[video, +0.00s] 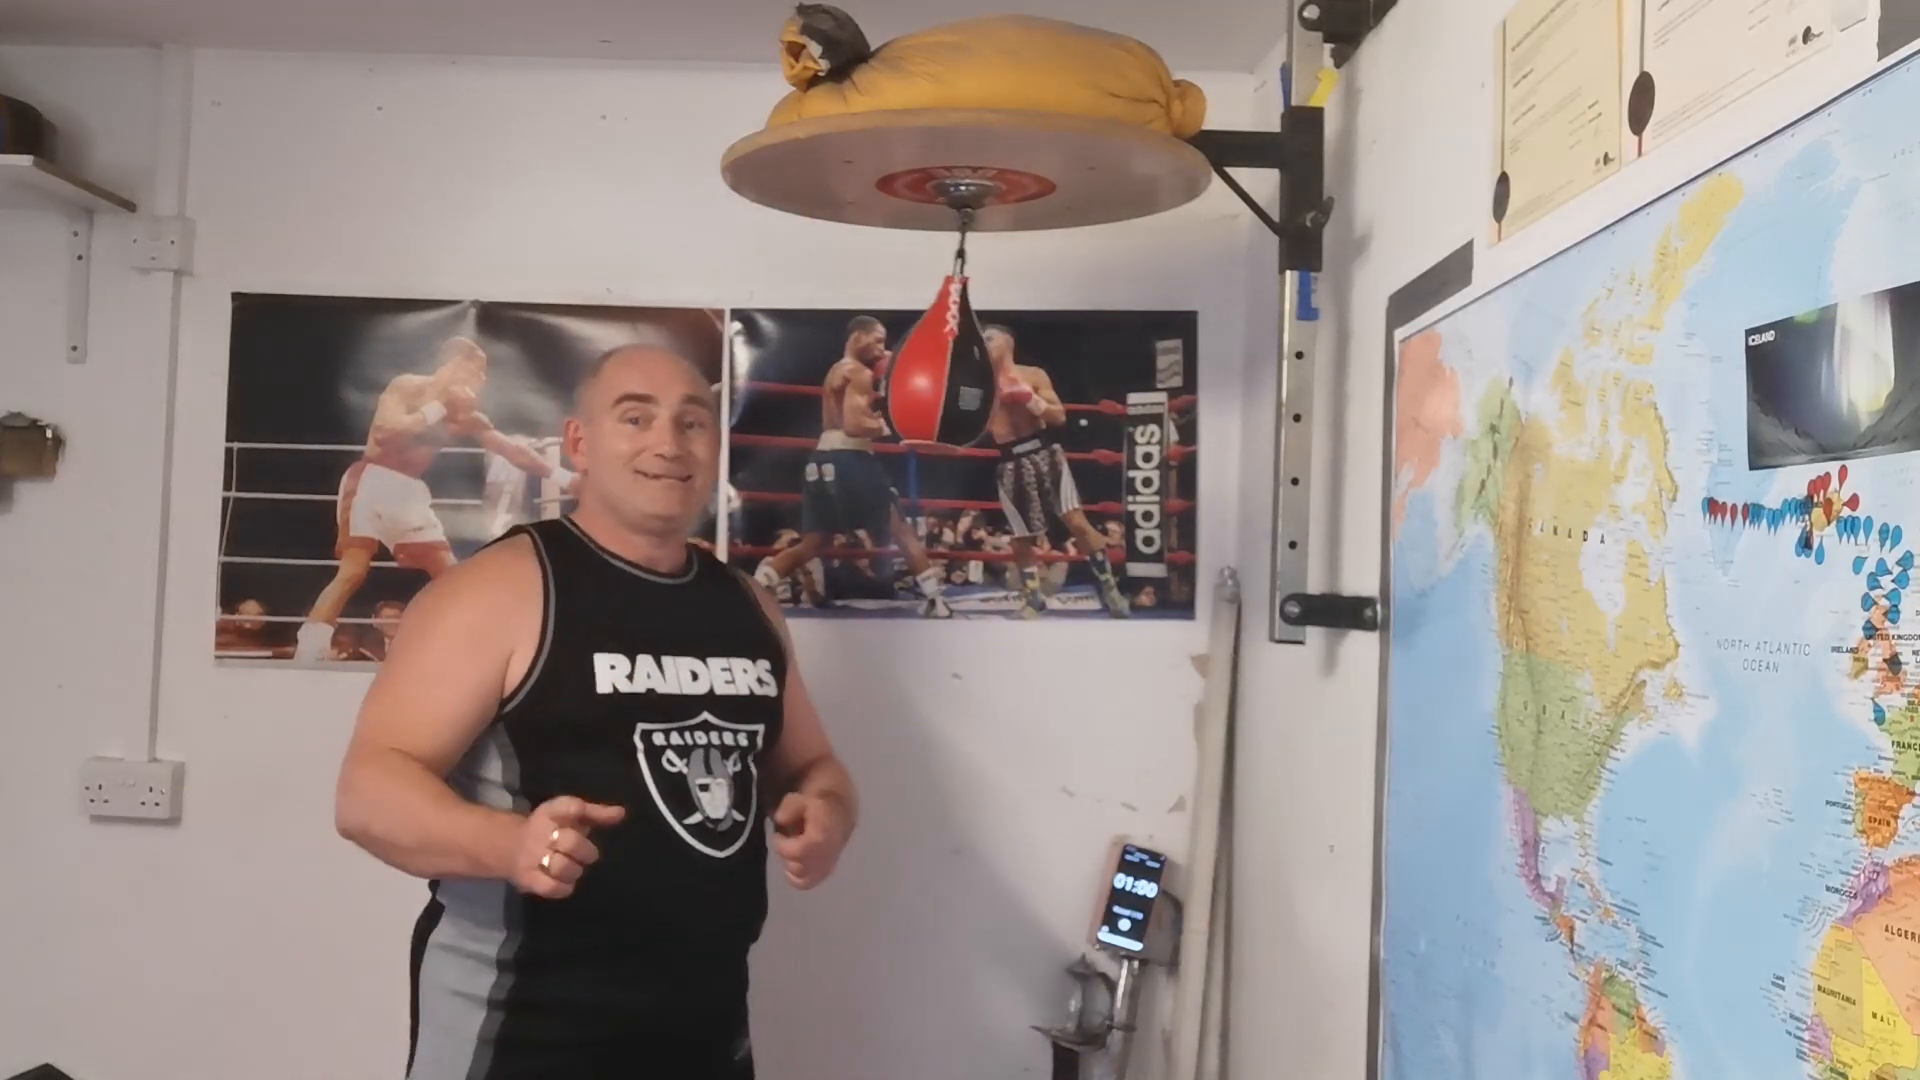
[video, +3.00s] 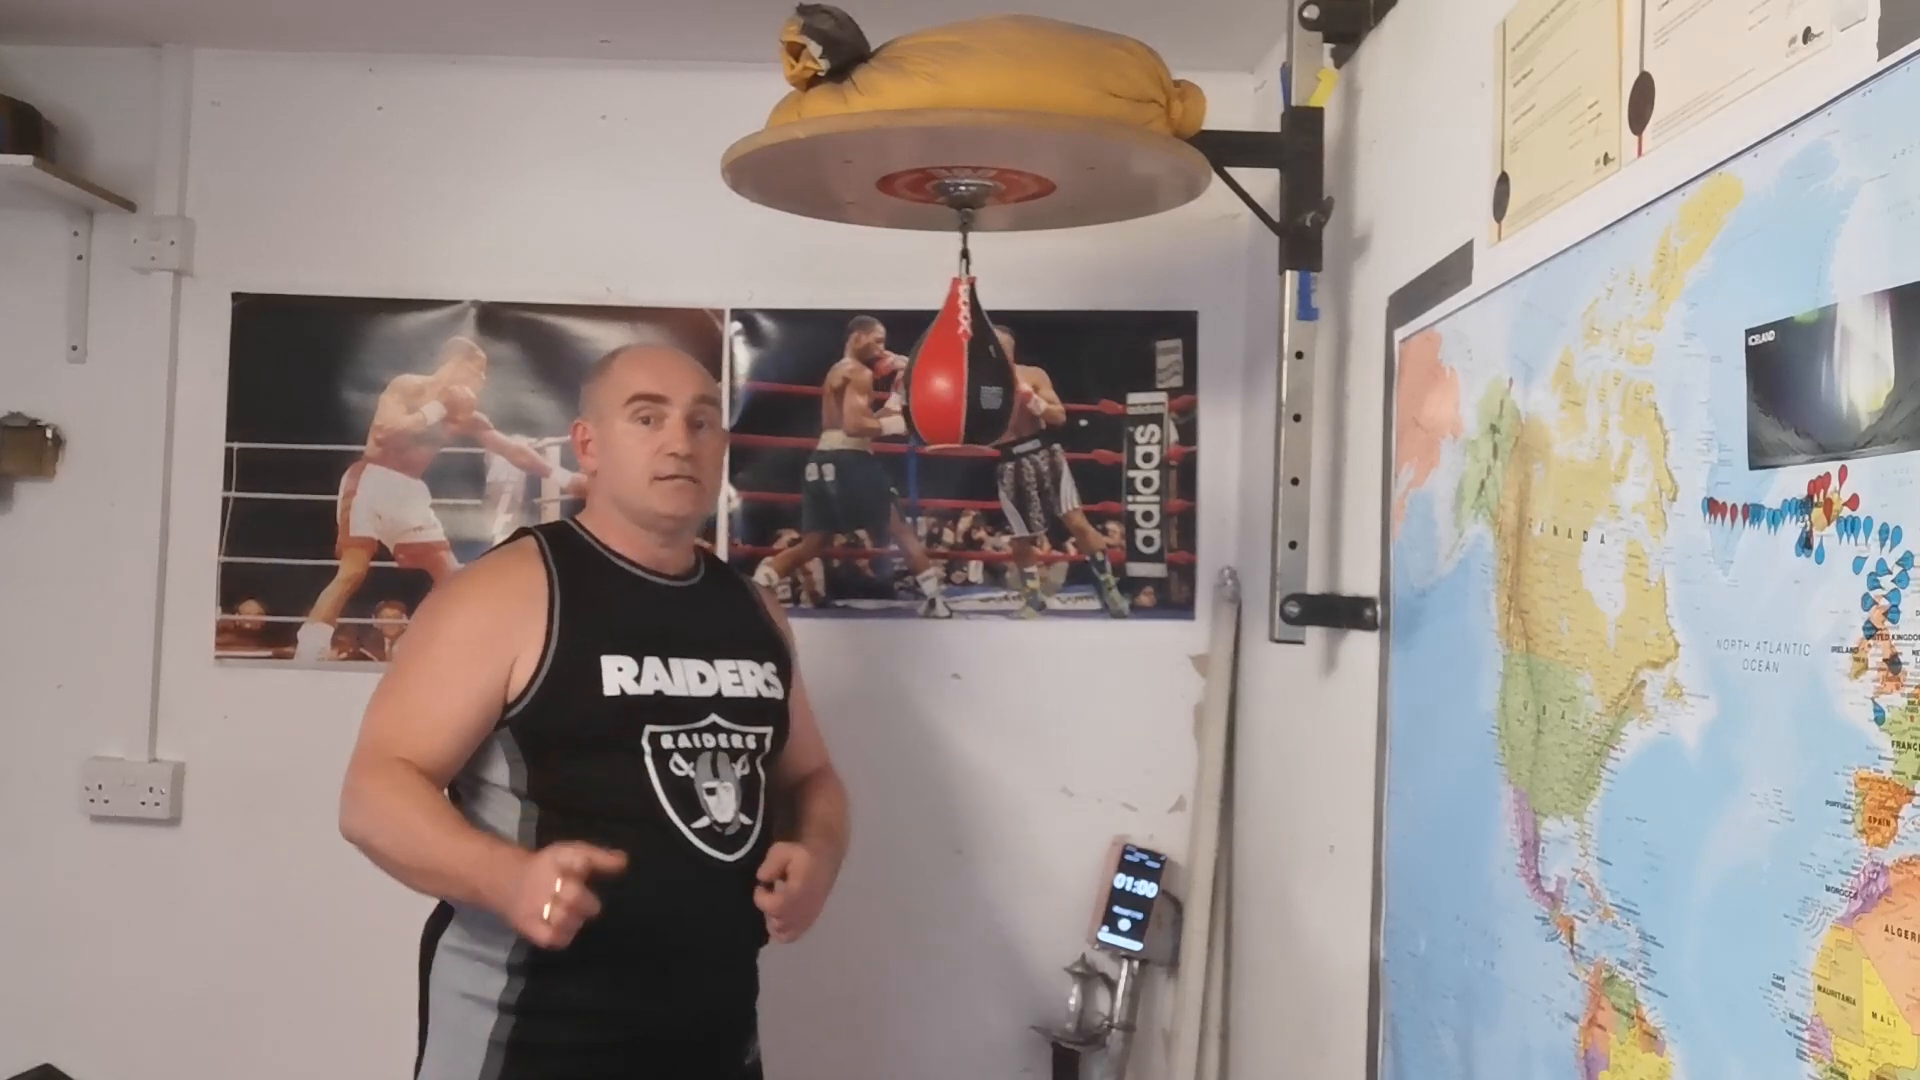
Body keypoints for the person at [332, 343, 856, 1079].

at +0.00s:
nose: (668, 443)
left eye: (691, 421)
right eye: (634, 417)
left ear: (715, 453)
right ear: (577, 444)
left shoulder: (744, 606)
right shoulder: (495, 590)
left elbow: (813, 765)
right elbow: (369, 789)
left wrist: (824, 814)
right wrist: (506, 843)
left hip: (699, 1018)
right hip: (522, 1022)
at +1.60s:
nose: (679, 446)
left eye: (702, 424)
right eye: (646, 419)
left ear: (726, 454)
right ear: (588, 445)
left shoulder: (750, 611)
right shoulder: (508, 588)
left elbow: (802, 790)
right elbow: (382, 786)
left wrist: (831, 898)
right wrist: (509, 931)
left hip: (706, 1024)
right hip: (534, 1028)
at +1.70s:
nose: (682, 447)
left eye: (706, 423)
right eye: (650, 418)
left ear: (731, 452)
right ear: (593, 443)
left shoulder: (750, 612)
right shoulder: (510, 589)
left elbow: (799, 804)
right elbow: (387, 795)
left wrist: (828, 962)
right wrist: (478, 1003)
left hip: (709, 1030)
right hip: (542, 1035)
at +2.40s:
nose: (690, 444)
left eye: (709, 421)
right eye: (655, 418)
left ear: (731, 450)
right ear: (594, 447)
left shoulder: (744, 610)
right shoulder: (518, 592)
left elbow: (795, 803)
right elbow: (396, 800)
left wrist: (841, 965)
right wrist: (516, 991)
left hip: (724, 1035)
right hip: (565, 1040)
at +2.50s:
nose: (685, 443)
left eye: (705, 421)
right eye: (650, 418)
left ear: (725, 450)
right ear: (590, 448)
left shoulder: (742, 609)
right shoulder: (513, 592)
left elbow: (793, 784)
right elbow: (389, 794)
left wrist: (840, 887)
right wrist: (544, 906)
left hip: (716, 1031)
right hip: (545, 1037)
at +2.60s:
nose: (681, 444)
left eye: (701, 421)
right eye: (646, 418)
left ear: (724, 450)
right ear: (586, 446)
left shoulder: (743, 607)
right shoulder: (508, 592)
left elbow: (789, 772)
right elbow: (383, 793)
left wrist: (814, 807)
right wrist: (556, 820)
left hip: (715, 1022)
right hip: (540, 1024)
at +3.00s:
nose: (680, 442)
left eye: (701, 420)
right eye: (647, 415)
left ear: (725, 450)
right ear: (587, 444)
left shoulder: (748, 608)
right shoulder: (502, 593)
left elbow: (809, 778)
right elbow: (375, 790)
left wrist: (814, 856)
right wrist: (507, 878)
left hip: (709, 1026)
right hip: (532, 1030)